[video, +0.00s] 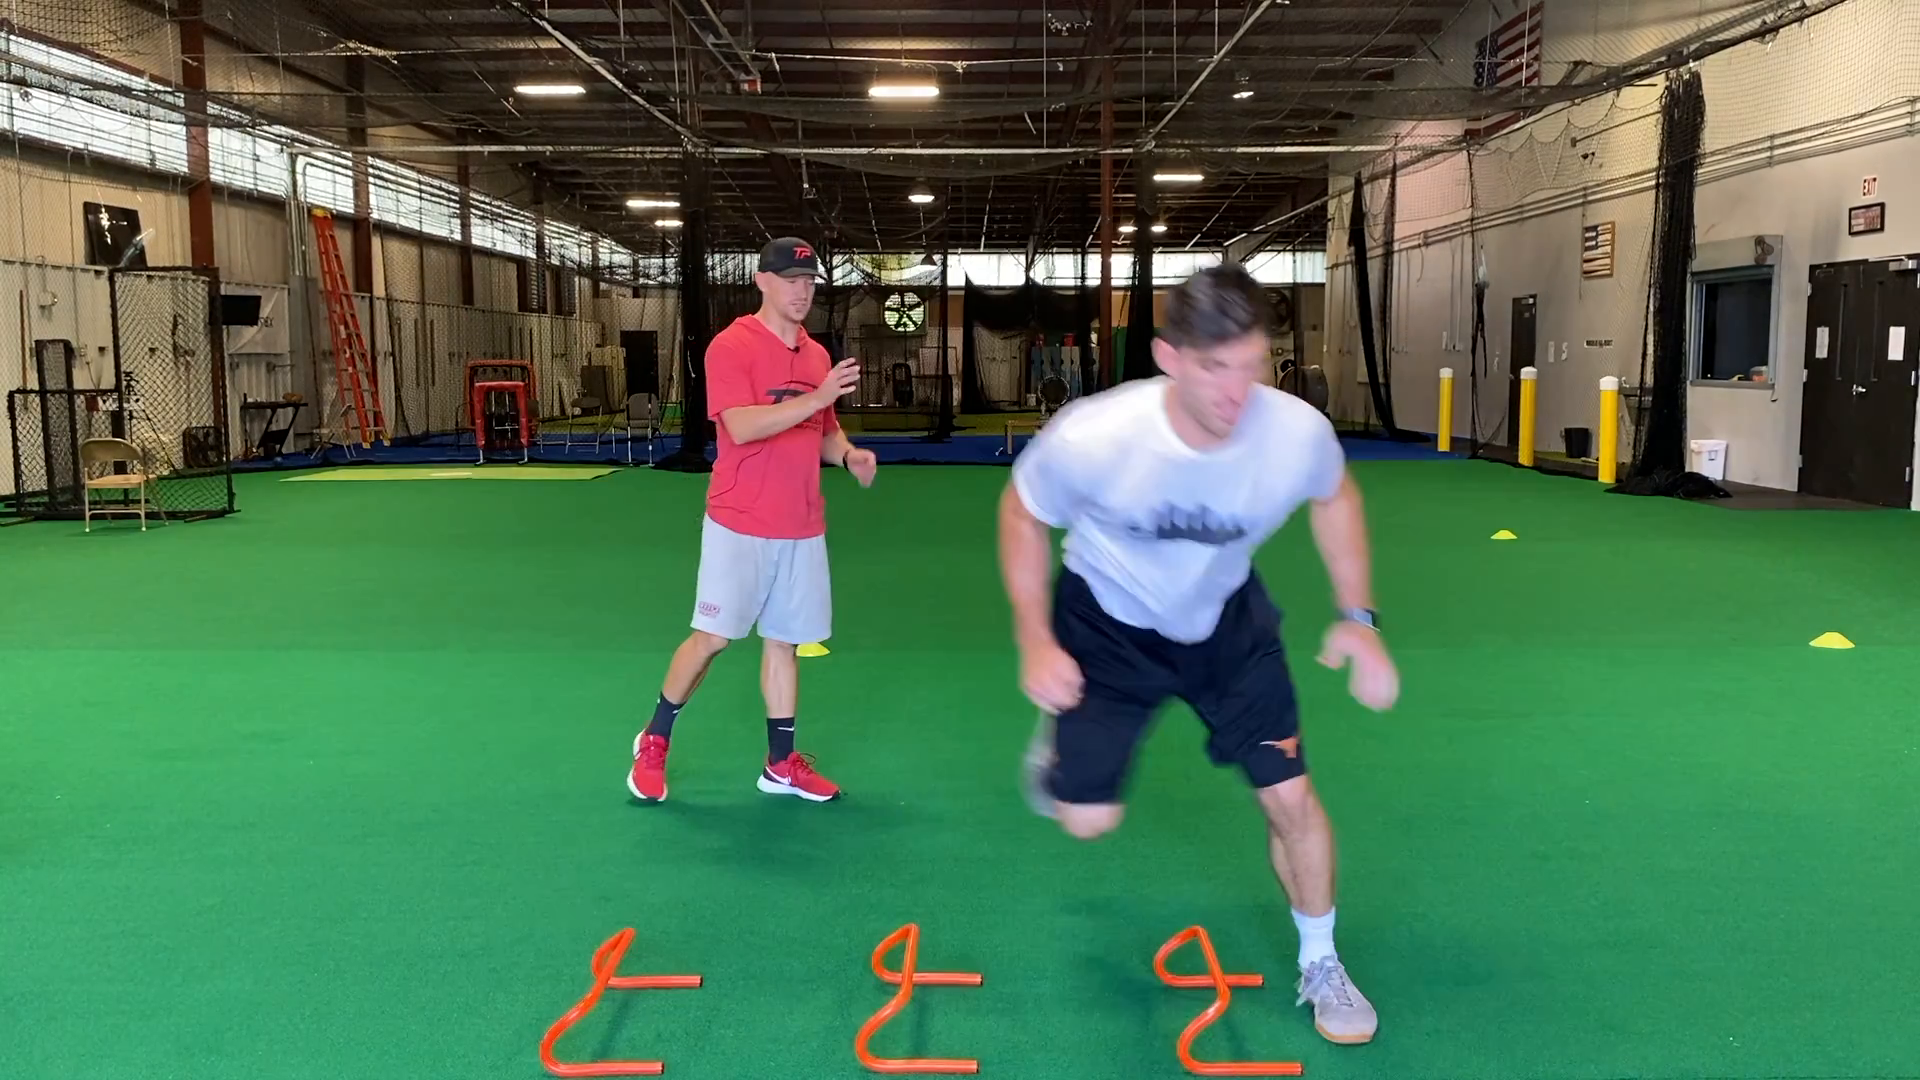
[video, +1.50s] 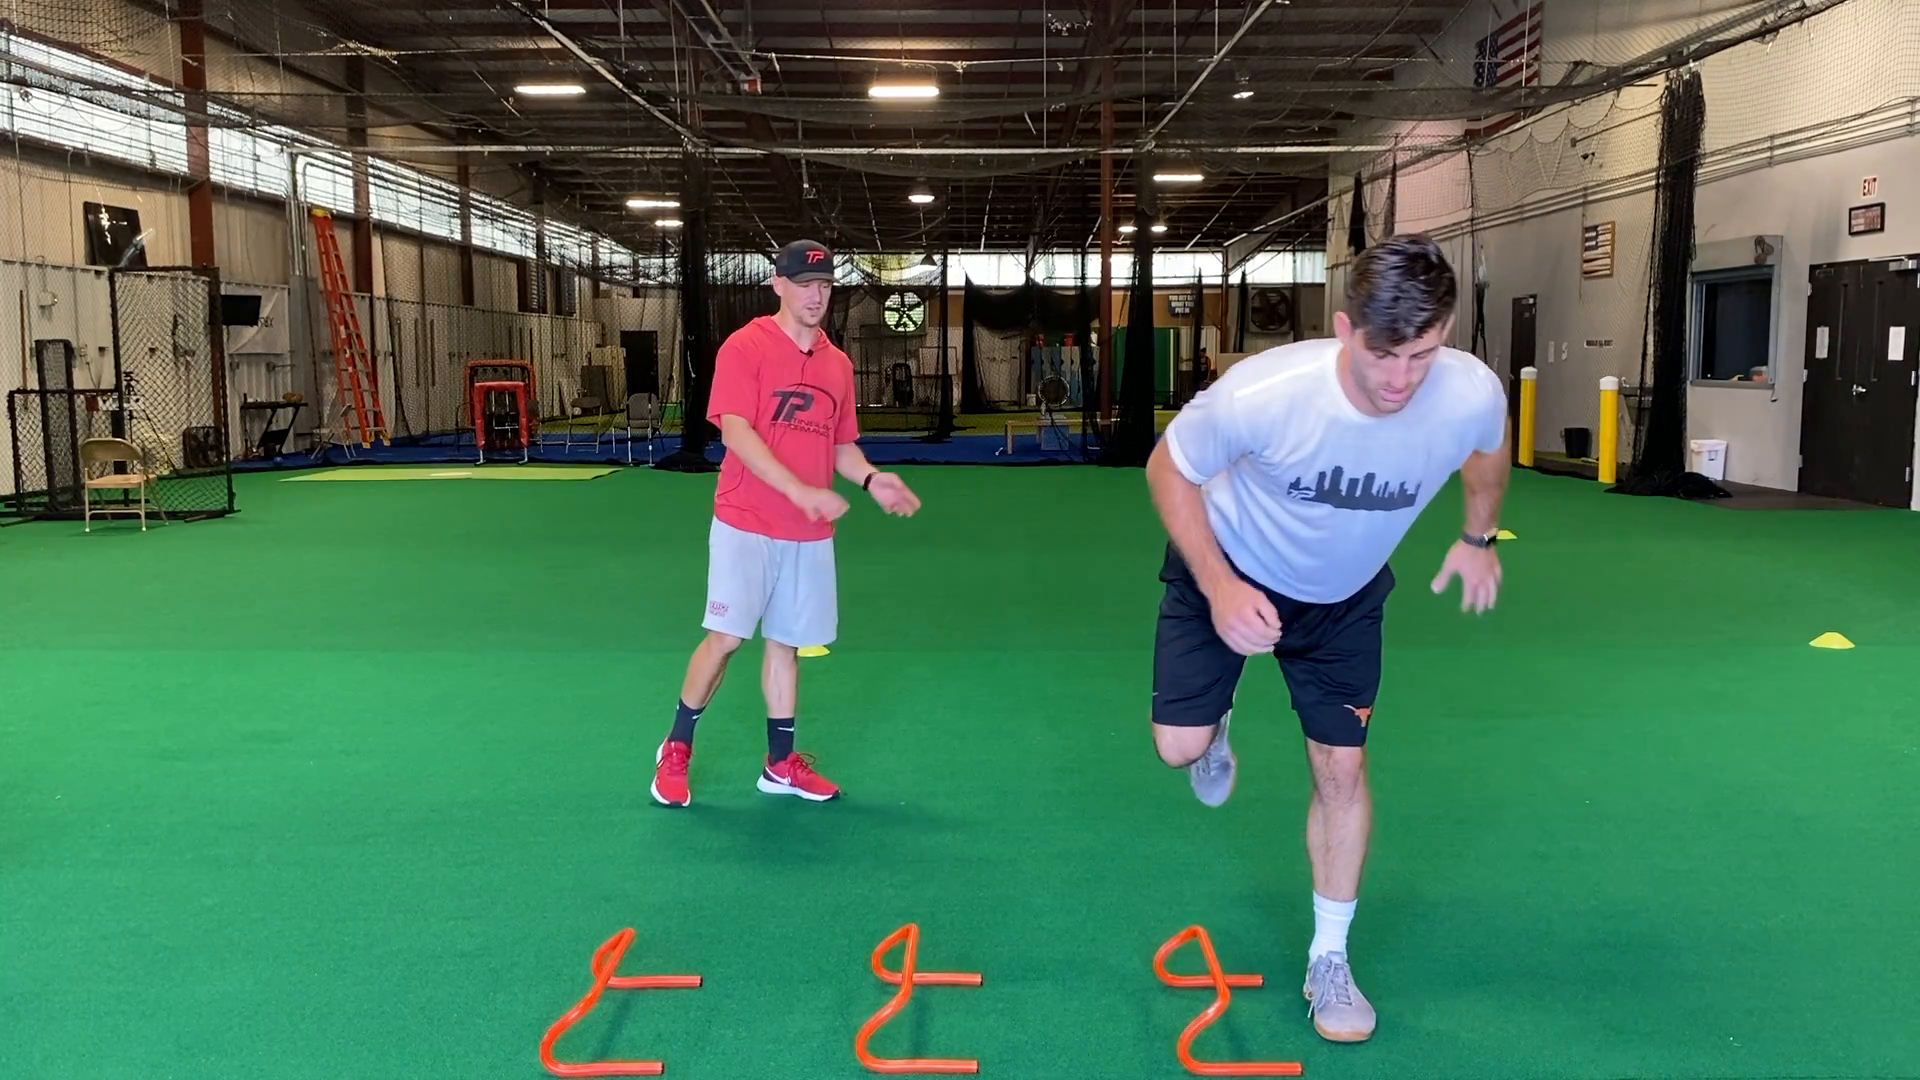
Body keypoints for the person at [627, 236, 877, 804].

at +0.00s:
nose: (803, 289)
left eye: (809, 280)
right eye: (791, 279)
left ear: (814, 286)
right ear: (762, 282)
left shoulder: (817, 355)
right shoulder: (729, 347)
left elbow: (821, 433)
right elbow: (741, 427)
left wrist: (848, 452)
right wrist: (822, 398)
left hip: (799, 525)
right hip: (738, 522)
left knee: (783, 638)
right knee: (714, 633)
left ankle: (781, 761)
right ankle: (655, 738)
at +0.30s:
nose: (822, 291)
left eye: (827, 282)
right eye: (809, 281)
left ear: (832, 288)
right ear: (781, 284)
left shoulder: (827, 357)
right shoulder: (753, 345)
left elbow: (826, 436)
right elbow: (772, 426)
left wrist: (841, 501)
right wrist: (850, 444)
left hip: (809, 523)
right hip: (754, 519)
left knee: (788, 638)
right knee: (739, 633)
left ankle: (782, 762)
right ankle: (673, 741)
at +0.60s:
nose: (827, 295)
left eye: (833, 285)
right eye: (816, 284)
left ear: (838, 290)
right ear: (786, 284)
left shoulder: (831, 357)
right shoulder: (758, 344)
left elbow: (828, 438)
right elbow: (775, 428)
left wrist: (849, 503)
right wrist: (854, 444)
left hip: (812, 523)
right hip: (757, 518)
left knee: (790, 638)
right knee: (743, 633)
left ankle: (782, 761)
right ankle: (674, 739)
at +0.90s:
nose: (825, 292)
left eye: (831, 282)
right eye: (813, 281)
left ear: (837, 288)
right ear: (785, 284)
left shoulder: (833, 357)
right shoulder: (757, 345)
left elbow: (834, 441)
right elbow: (775, 428)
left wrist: (861, 499)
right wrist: (854, 442)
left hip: (814, 524)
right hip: (758, 518)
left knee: (791, 639)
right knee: (743, 633)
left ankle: (782, 761)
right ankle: (674, 740)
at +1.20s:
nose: (823, 293)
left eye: (830, 284)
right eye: (812, 283)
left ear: (836, 289)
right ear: (784, 284)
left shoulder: (834, 358)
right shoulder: (754, 346)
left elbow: (835, 438)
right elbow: (768, 429)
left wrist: (856, 498)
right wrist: (847, 450)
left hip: (813, 524)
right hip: (756, 518)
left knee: (790, 639)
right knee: (741, 633)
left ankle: (782, 761)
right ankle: (675, 740)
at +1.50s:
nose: (816, 294)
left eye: (823, 285)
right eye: (805, 283)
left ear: (832, 291)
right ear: (779, 285)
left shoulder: (838, 364)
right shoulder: (745, 347)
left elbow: (842, 447)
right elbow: (735, 430)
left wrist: (875, 478)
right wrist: (799, 489)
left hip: (807, 525)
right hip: (745, 519)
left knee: (785, 640)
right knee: (727, 633)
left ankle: (781, 762)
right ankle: (677, 747)